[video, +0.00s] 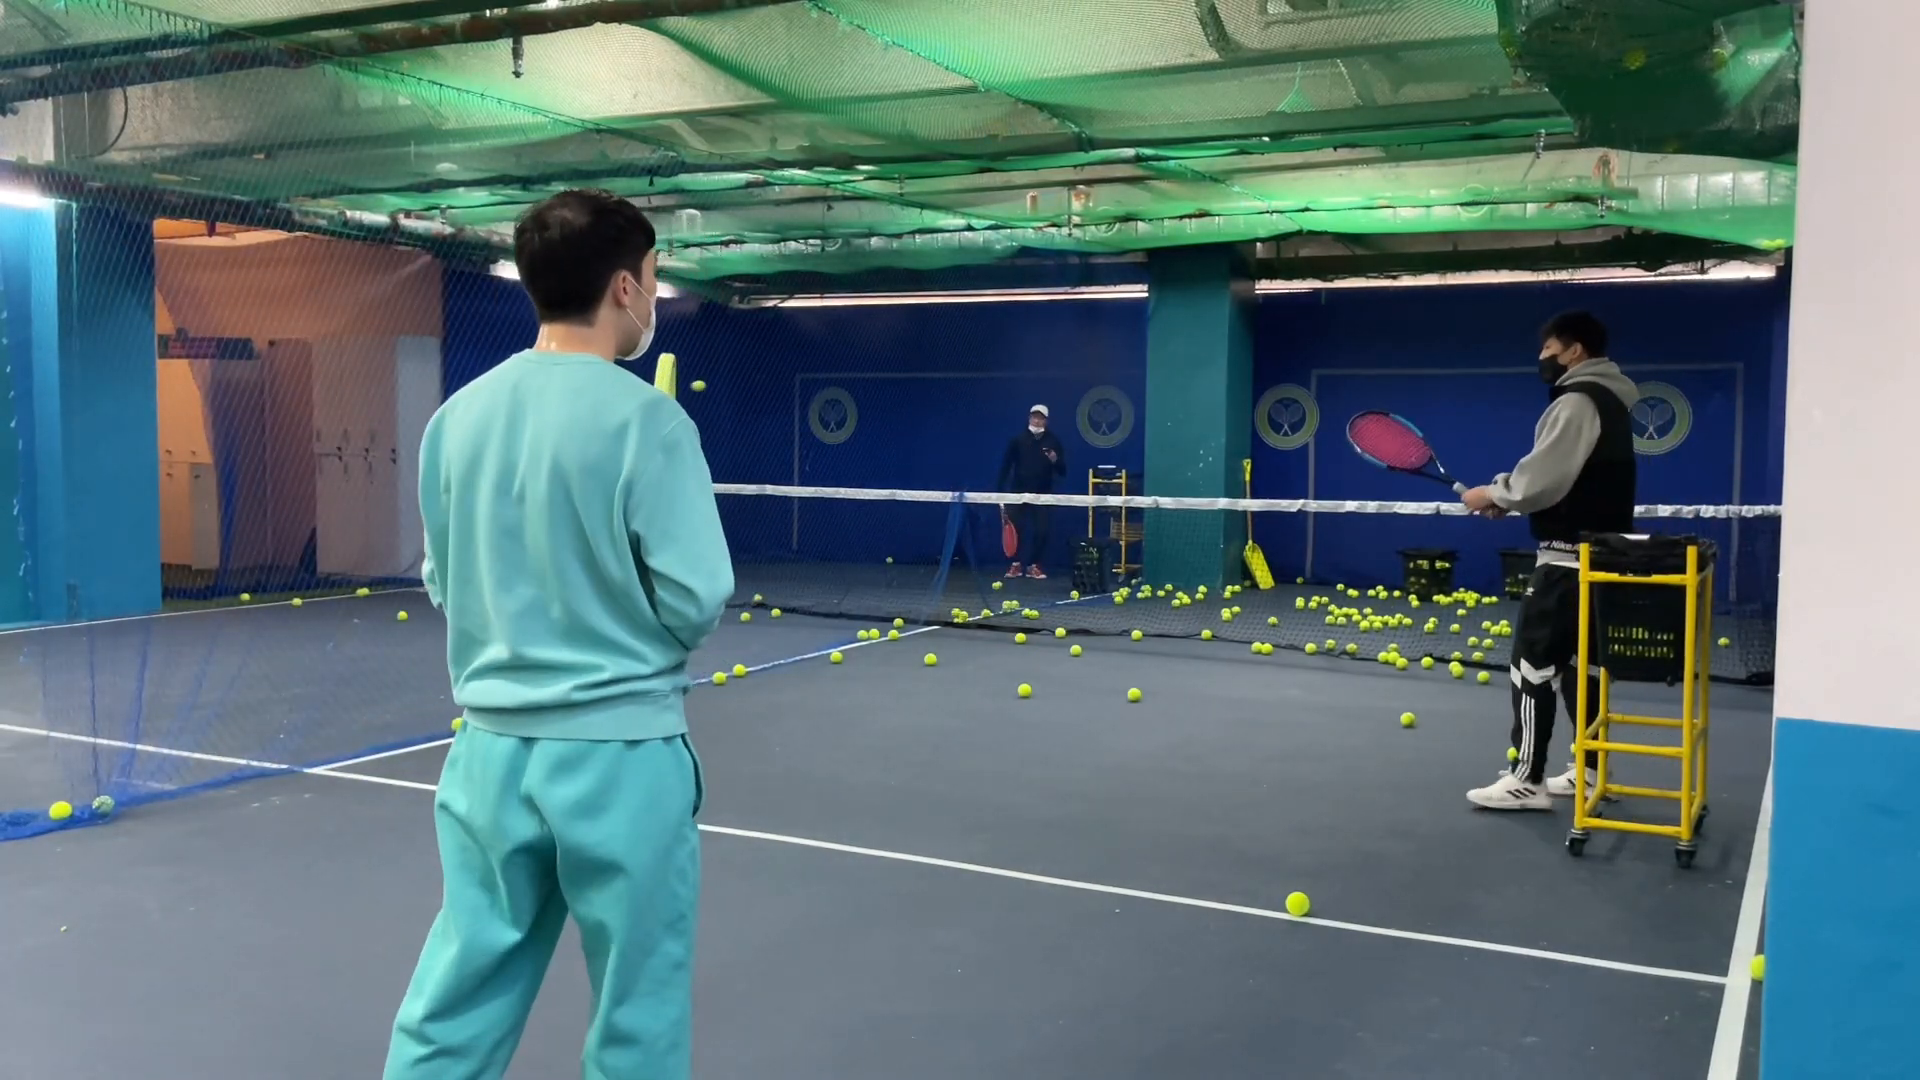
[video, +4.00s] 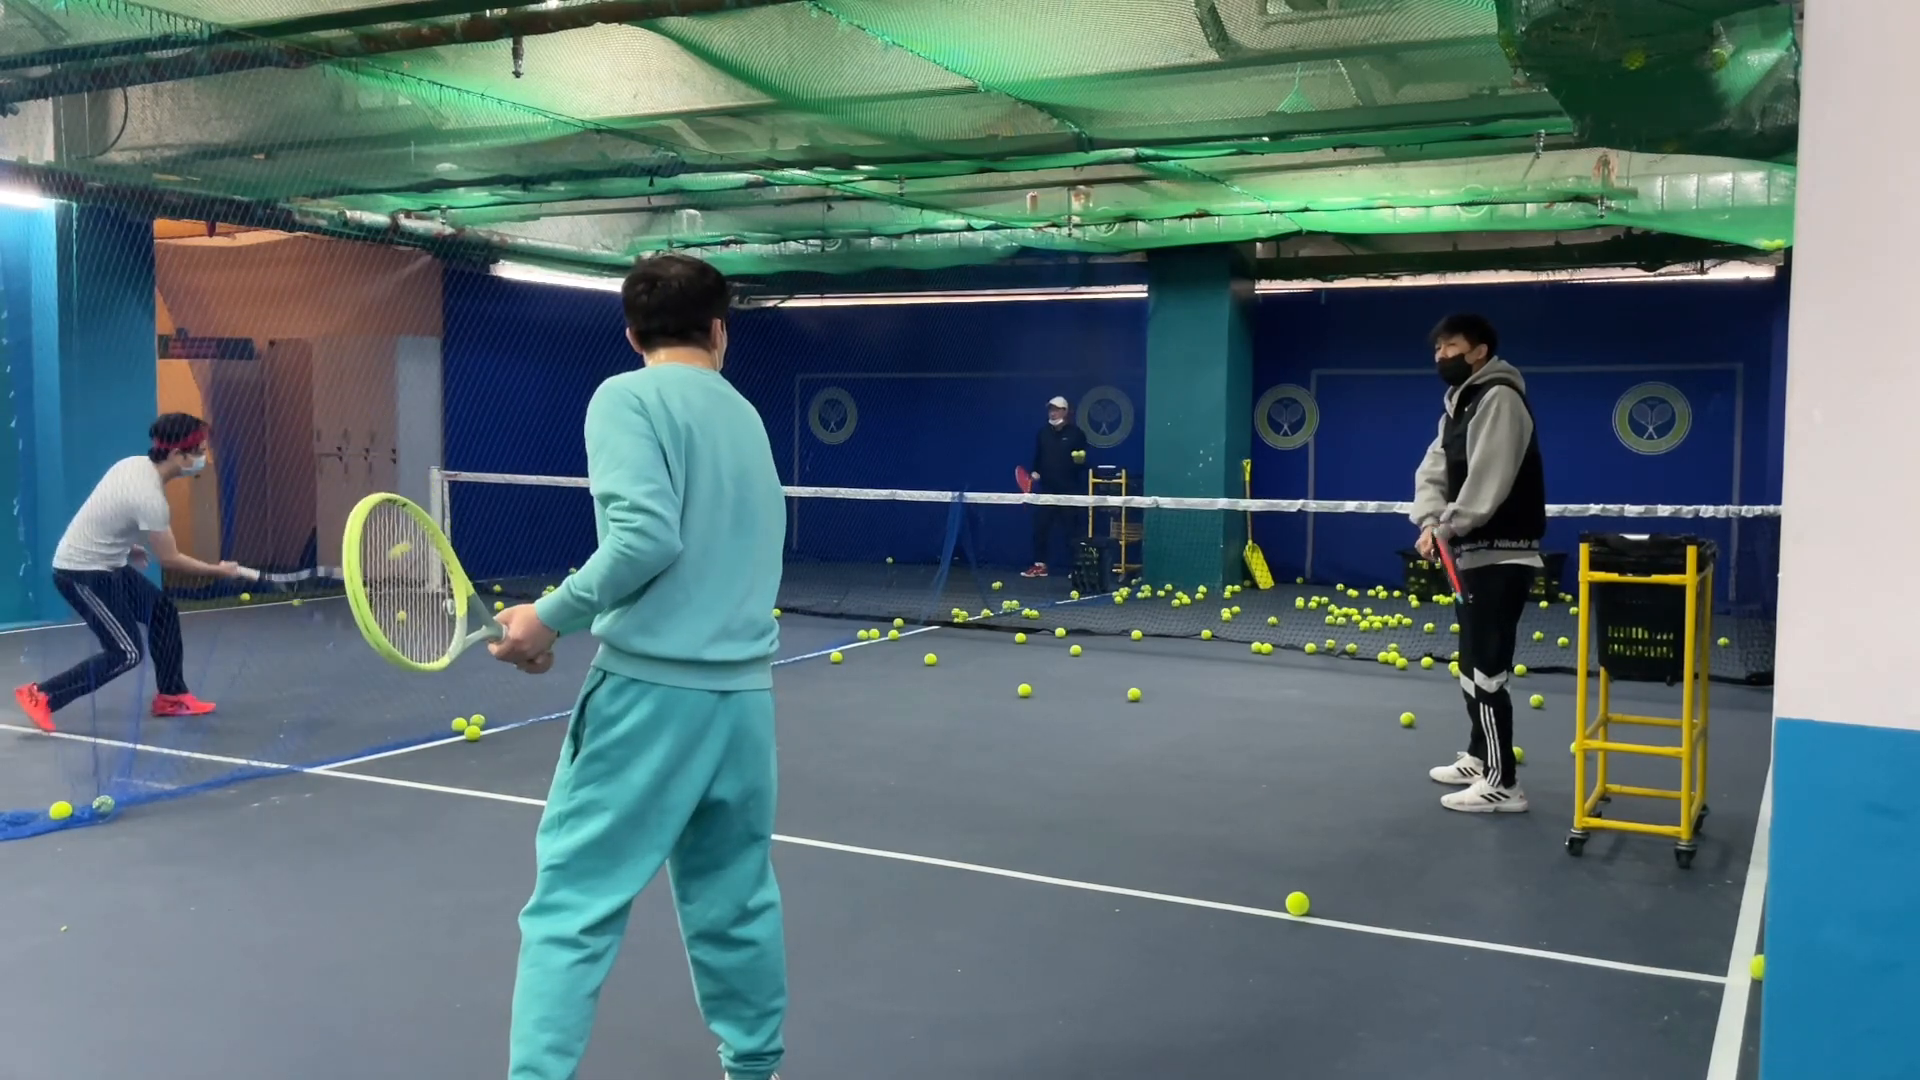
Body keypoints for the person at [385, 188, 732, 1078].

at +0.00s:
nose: (656, 293)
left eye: (653, 273)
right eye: (650, 274)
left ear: (538, 287)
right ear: (619, 286)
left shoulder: (454, 418)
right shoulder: (647, 418)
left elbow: (444, 581)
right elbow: (697, 589)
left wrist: (532, 633)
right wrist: (639, 649)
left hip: (485, 761)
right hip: (621, 764)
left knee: (453, 1012)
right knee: (640, 1019)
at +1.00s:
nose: (615, 302)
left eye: (614, 282)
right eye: (611, 282)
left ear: (497, 293)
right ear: (578, 291)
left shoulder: (414, 413)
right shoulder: (622, 415)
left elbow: (393, 577)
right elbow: (653, 589)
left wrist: (484, 616)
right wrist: (566, 627)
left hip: (439, 761)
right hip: (582, 767)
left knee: (418, 1020)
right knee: (625, 1020)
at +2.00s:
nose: (676, 314)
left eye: (674, 298)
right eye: (674, 298)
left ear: (567, 310)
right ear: (653, 308)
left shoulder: (508, 399)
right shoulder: (693, 425)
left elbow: (460, 555)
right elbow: (609, 544)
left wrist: (377, 520)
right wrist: (419, 558)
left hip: (517, 740)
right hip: (647, 743)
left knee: (508, 974)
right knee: (671, 919)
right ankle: (678, 1066)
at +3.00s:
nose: (744, 333)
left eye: (743, 320)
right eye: (742, 320)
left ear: (648, 326)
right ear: (730, 324)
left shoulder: (624, 397)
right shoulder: (755, 415)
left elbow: (622, 536)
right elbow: (688, 558)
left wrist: (509, 570)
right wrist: (545, 594)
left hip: (641, 702)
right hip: (745, 704)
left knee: (569, 907)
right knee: (739, 898)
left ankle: (538, 1068)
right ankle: (754, 1063)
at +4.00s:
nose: (731, 338)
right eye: (729, 327)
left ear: (637, 332)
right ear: (717, 331)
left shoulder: (627, 398)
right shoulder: (745, 418)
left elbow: (646, 536)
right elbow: (750, 556)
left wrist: (547, 616)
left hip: (647, 700)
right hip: (744, 703)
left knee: (572, 910)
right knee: (735, 898)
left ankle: (539, 1069)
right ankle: (755, 1063)